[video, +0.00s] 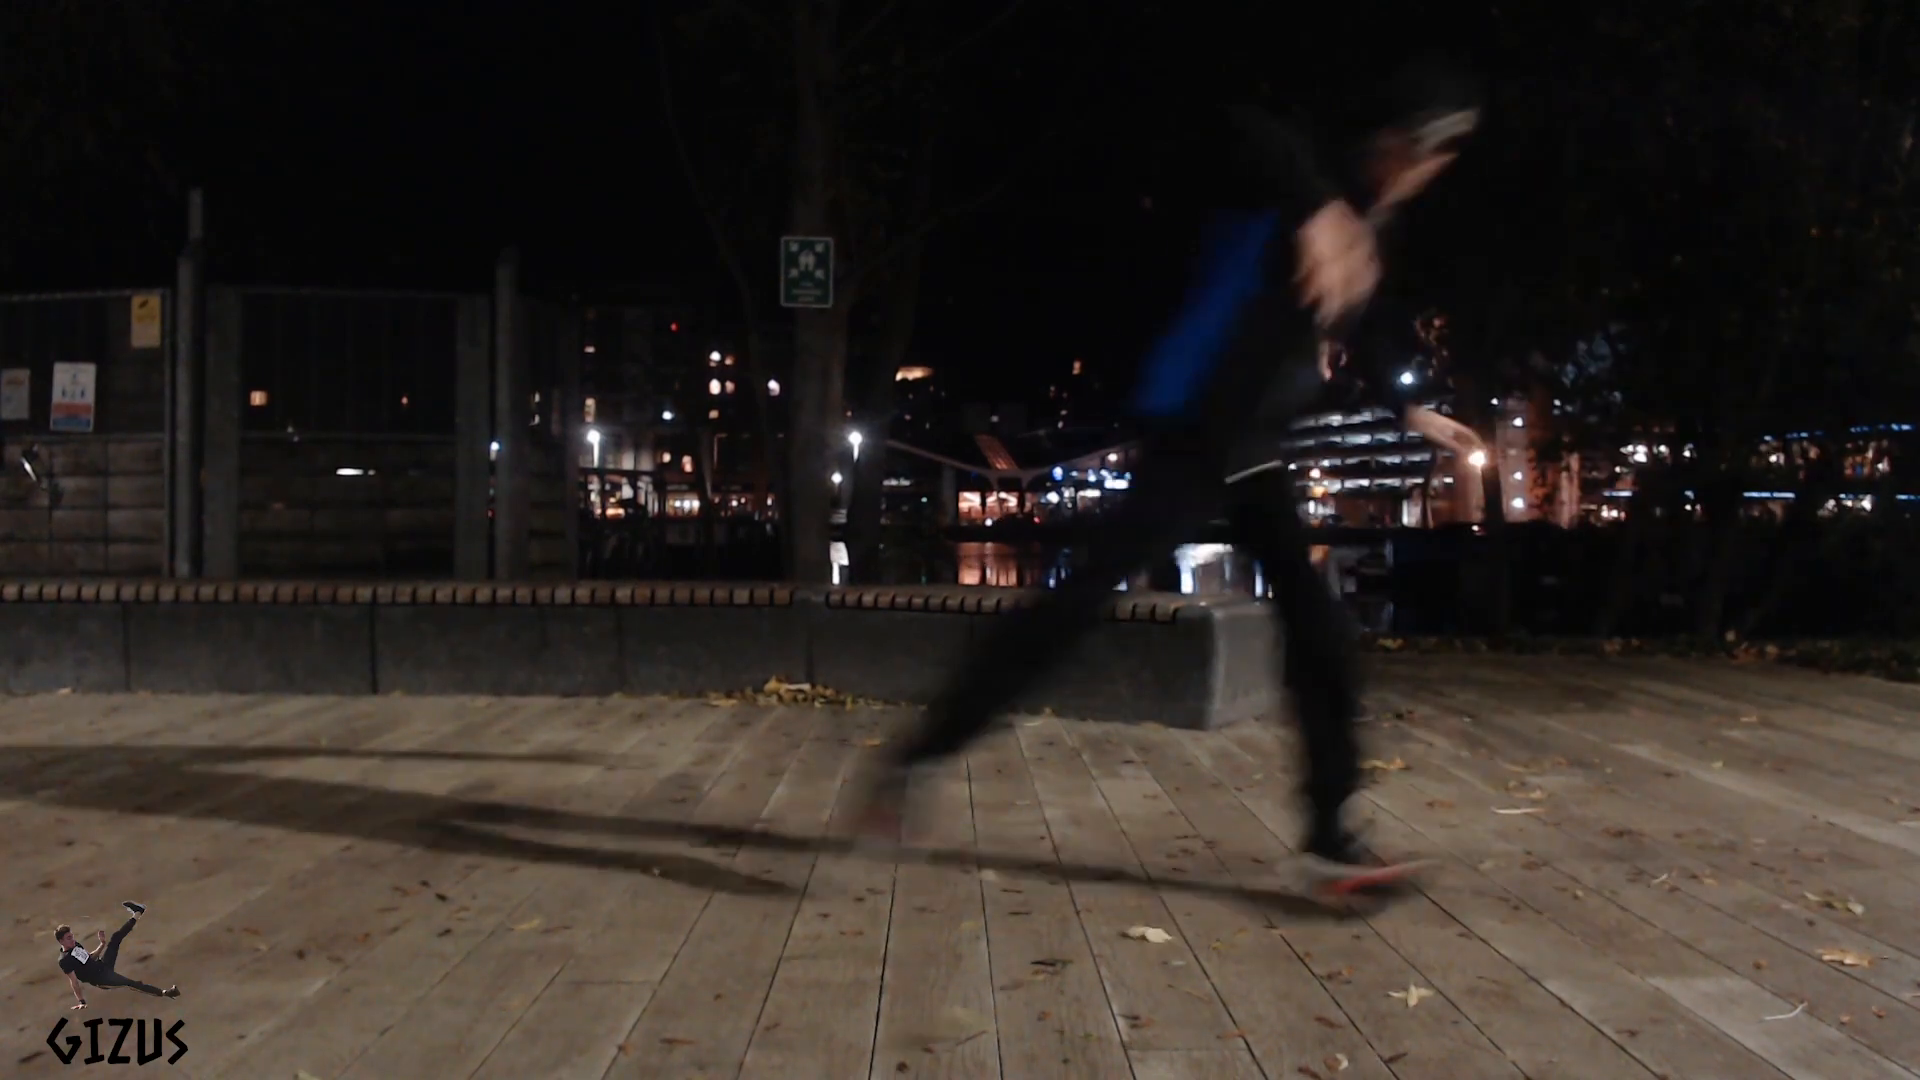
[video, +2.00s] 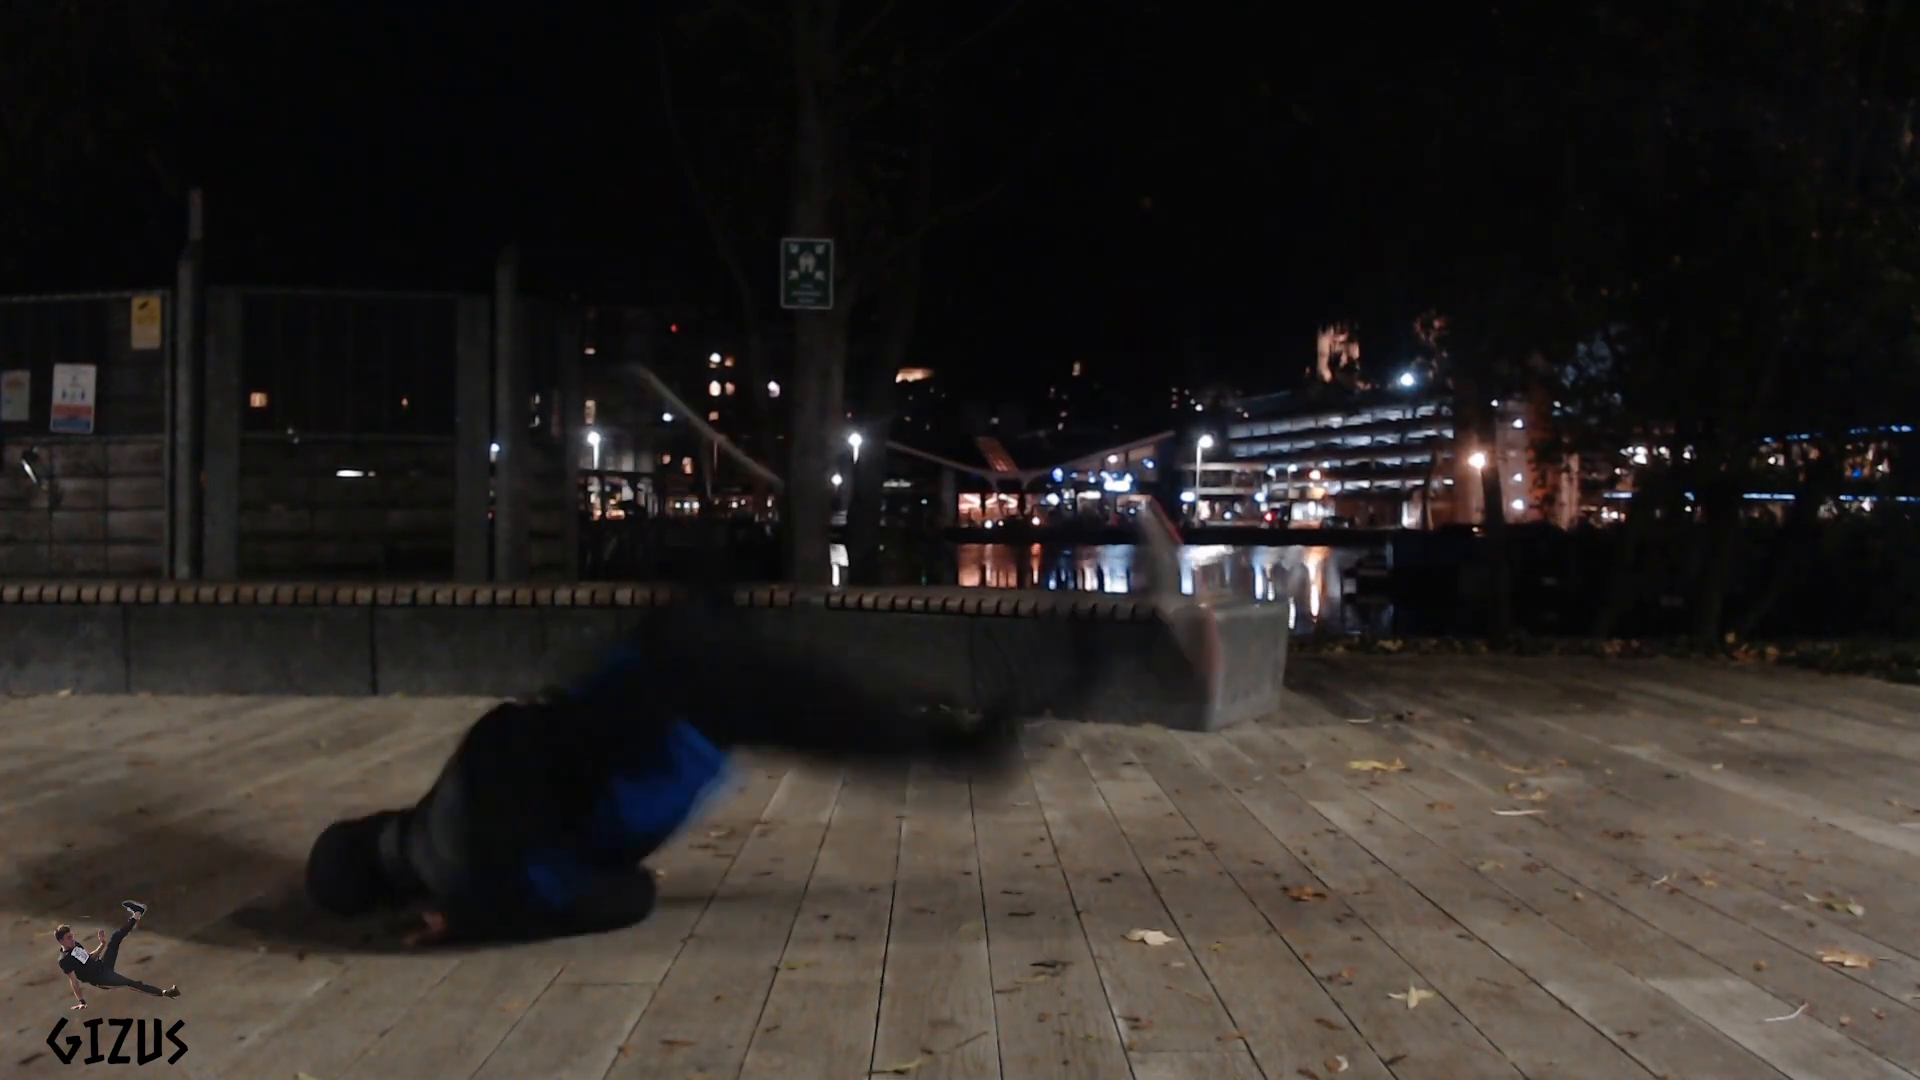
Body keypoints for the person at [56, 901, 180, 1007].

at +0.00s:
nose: (73, 939)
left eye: (72, 936)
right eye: (69, 938)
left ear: (71, 937)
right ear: (61, 941)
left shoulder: (76, 946)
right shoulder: (64, 960)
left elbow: (91, 958)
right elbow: (74, 982)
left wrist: (102, 945)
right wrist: (81, 1001)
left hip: (104, 965)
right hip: (102, 978)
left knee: (115, 939)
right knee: (132, 983)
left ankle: (136, 916)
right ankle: (165, 993)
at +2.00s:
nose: (73, 939)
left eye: (72, 936)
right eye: (69, 938)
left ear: (71, 936)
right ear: (61, 942)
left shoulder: (76, 946)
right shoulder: (64, 960)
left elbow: (91, 957)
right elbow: (74, 982)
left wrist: (102, 944)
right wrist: (81, 1001)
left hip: (104, 965)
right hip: (102, 978)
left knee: (116, 938)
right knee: (133, 983)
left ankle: (135, 917)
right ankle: (165, 993)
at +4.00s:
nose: (72, 939)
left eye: (72, 936)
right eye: (69, 938)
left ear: (70, 937)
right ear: (61, 941)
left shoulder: (75, 946)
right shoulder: (64, 960)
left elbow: (91, 957)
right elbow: (74, 982)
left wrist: (102, 945)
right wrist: (81, 1002)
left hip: (104, 965)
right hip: (102, 978)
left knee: (115, 938)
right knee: (132, 983)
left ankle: (136, 916)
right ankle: (164, 993)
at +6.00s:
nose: (72, 939)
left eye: (72, 936)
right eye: (69, 938)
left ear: (71, 937)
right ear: (61, 942)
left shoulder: (76, 946)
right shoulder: (64, 961)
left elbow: (91, 957)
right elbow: (74, 982)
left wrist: (102, 945)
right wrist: (81, 1001)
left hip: (104, 964)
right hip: (102, 978)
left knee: (116, 938)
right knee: (131, 983)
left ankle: (136, 916)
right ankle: (164, 993)